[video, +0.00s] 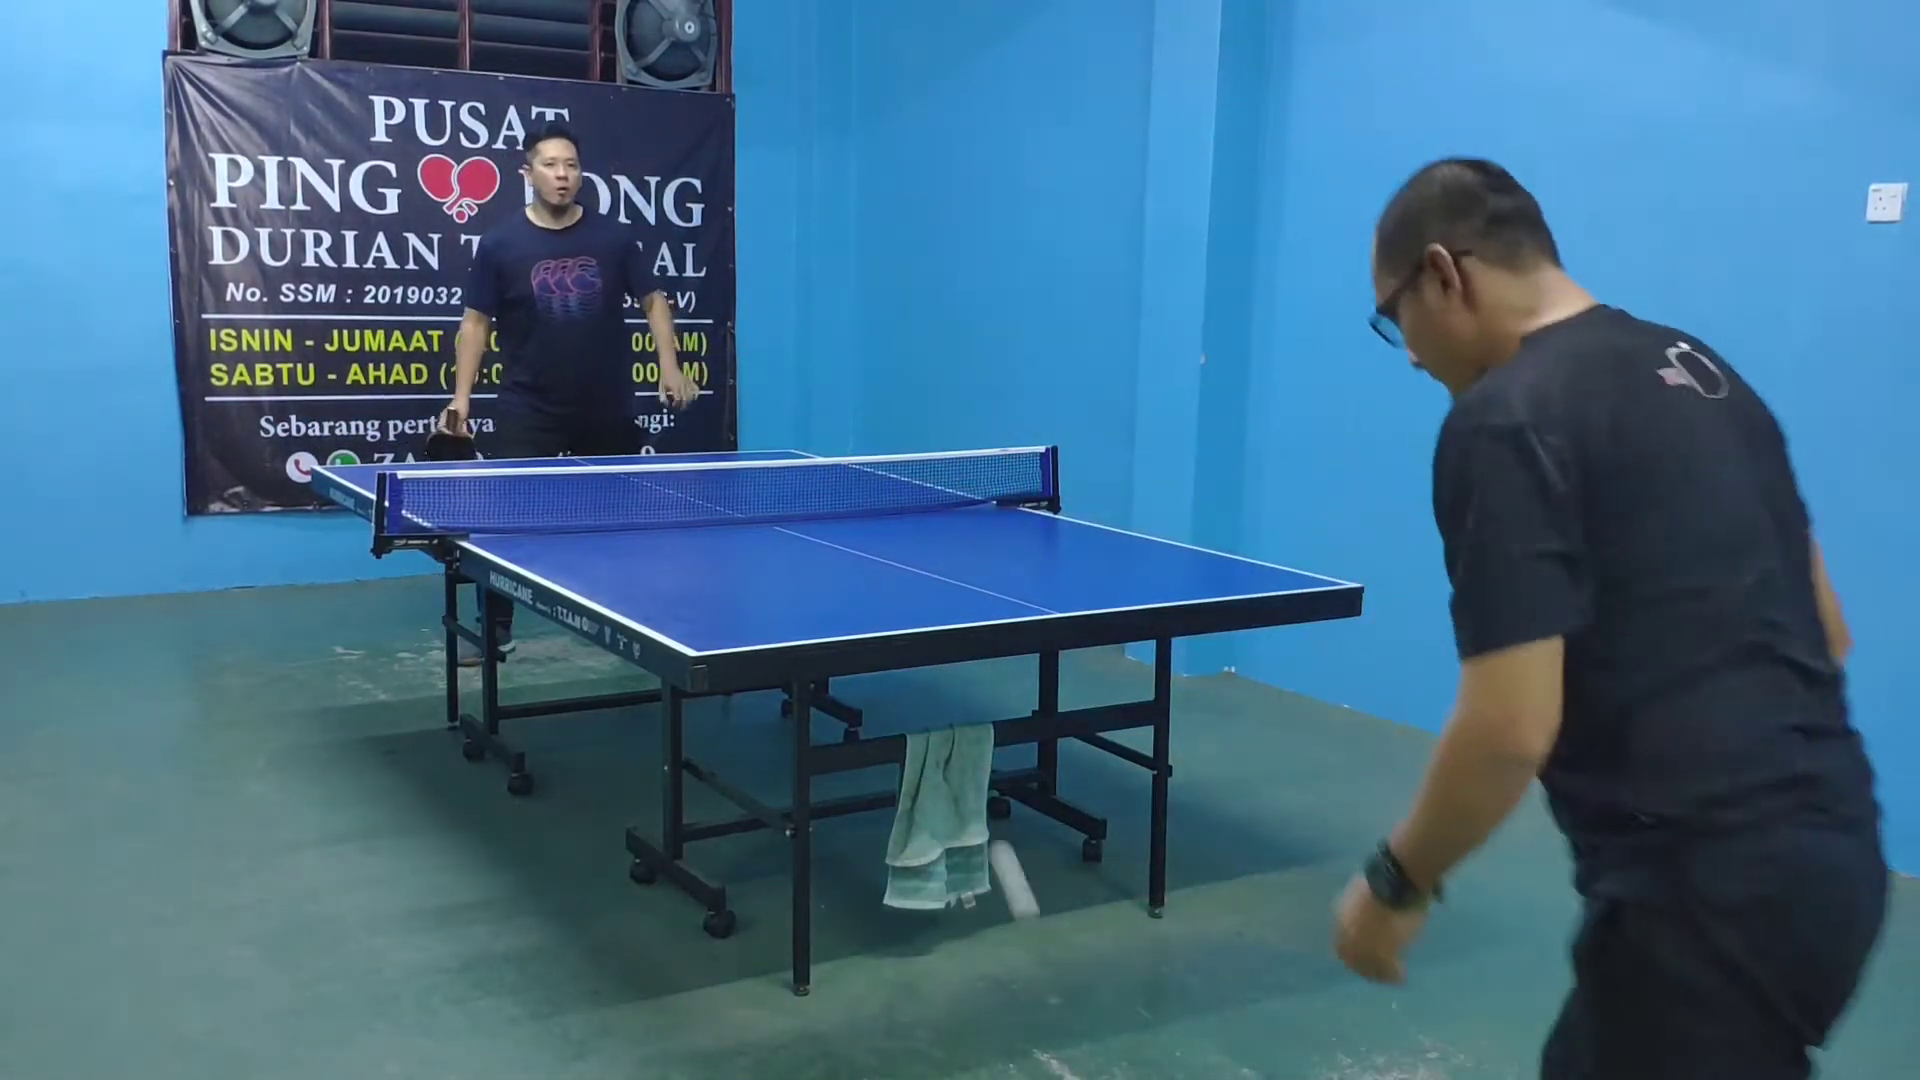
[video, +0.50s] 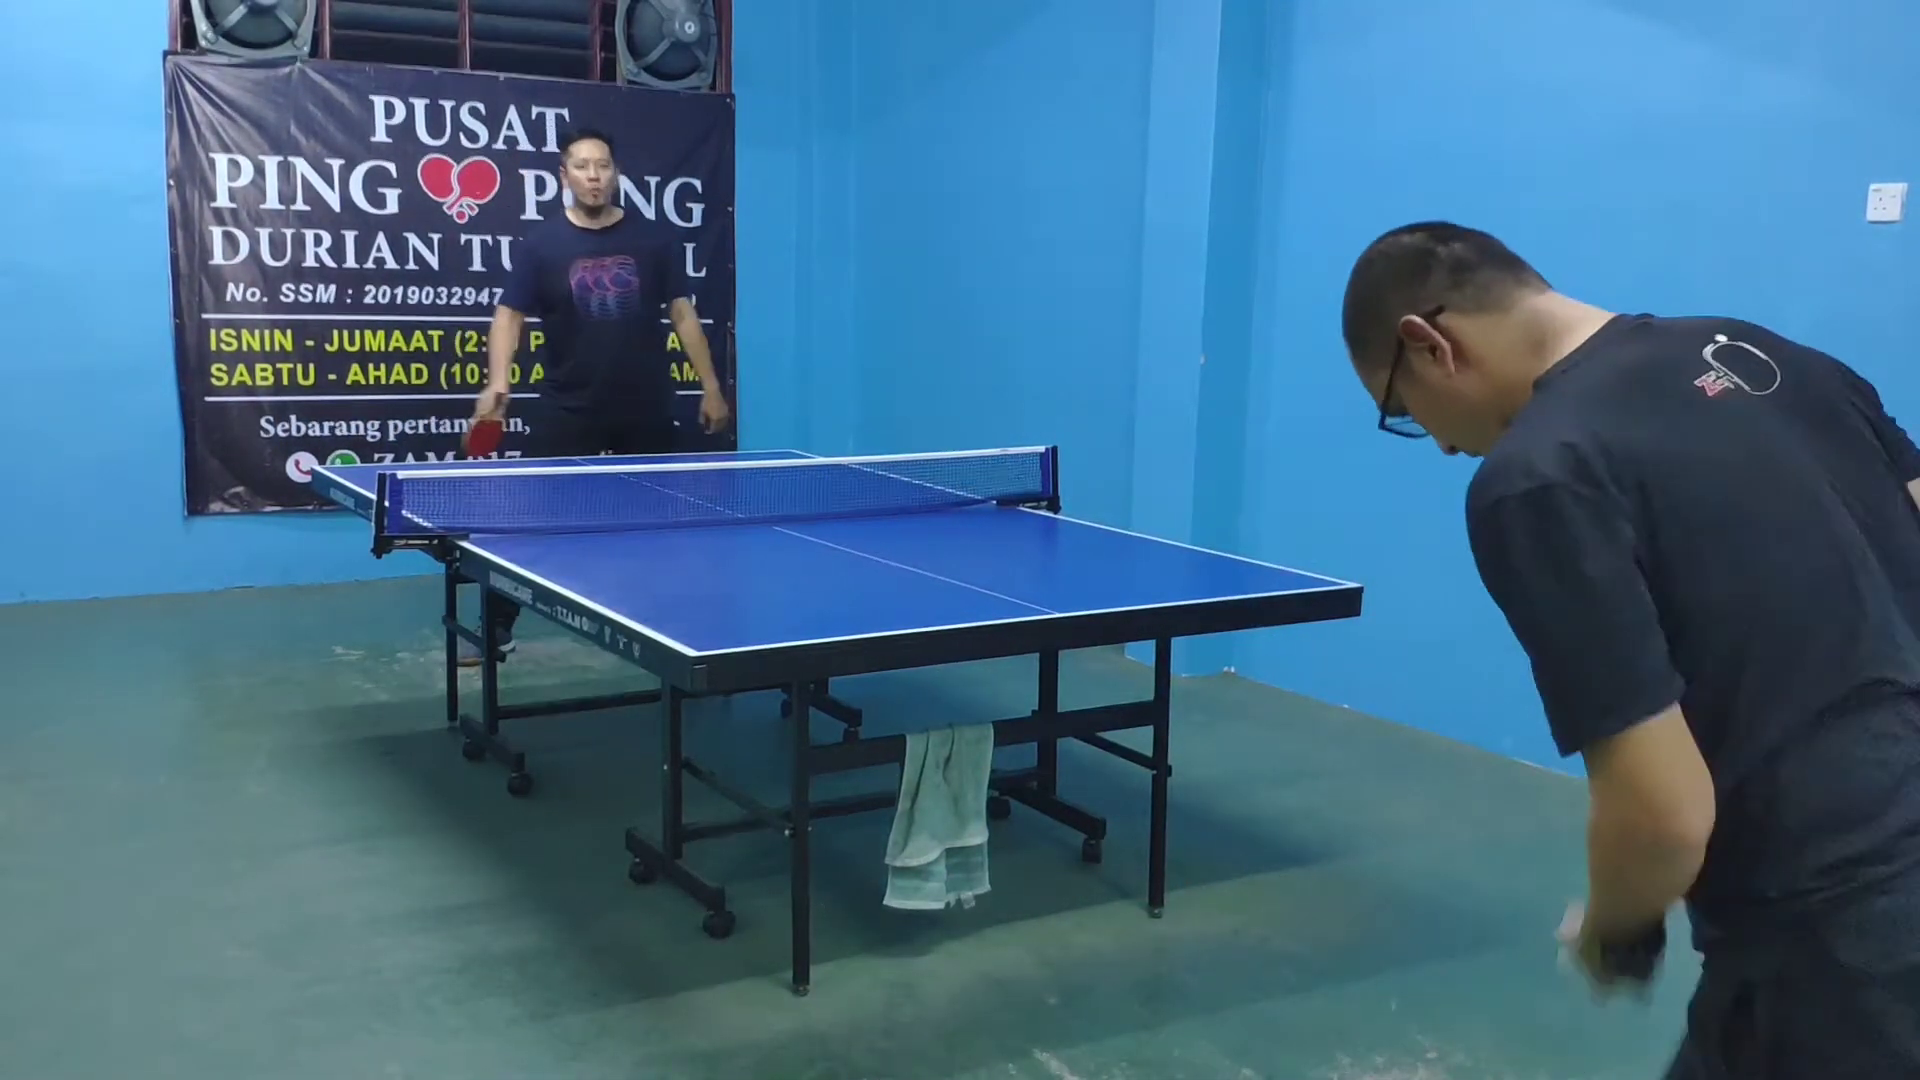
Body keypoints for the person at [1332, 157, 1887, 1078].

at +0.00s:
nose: (1408, 352)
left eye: (1395, 319)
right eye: (1389, 328)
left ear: (1447, 277)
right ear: (1538, 253)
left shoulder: (1508, 417)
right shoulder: (1703, 371)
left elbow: (1510, 725)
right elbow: (1823, 635)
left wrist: (1397, 881)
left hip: (1701, 896)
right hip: (1821, 865)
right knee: (1585, 1057)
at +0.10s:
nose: (1439, 398)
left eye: (1417, 359)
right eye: (1415, 370)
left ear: (1460, 305)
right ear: (1556, 276)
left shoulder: (1529, 450)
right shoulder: (1753, 382)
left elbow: (1544, 780)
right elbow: (1898, 641)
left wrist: (1454, 946)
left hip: (1782, 942)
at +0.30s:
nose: (1448, 450)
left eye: (1417, 418)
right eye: (1416, 428)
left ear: (1450, 357)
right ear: (1541, 302)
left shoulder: (1557, 485)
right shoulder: (1791, 371)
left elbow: (1629, 838)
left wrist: (1546, 1007)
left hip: (1857, 955)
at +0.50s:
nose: (1439, 445)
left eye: (1406, 412)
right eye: (1406, 424)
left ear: (1433, 348)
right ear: (1521, 292)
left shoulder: (1540, 471)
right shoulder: (1776, 357)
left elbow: (1663, 812)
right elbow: (1914, 518)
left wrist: (1618, 930)